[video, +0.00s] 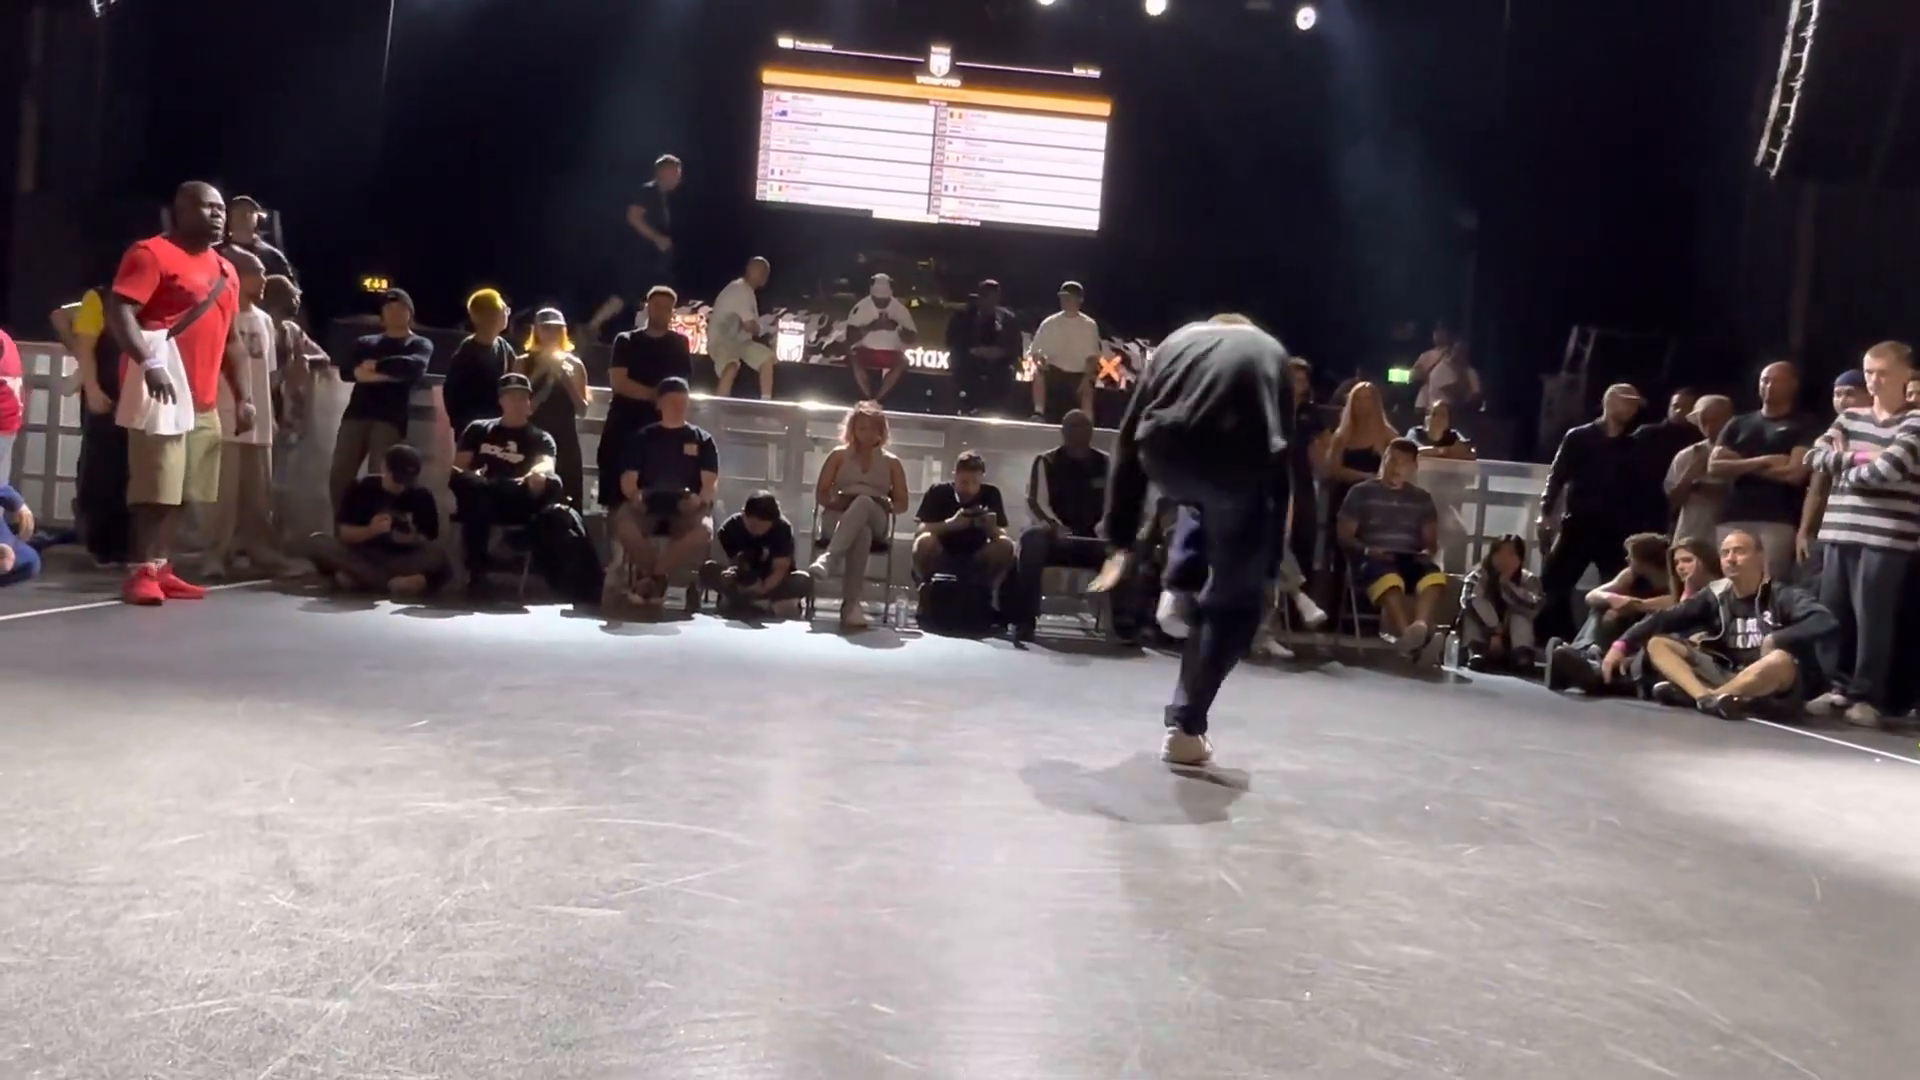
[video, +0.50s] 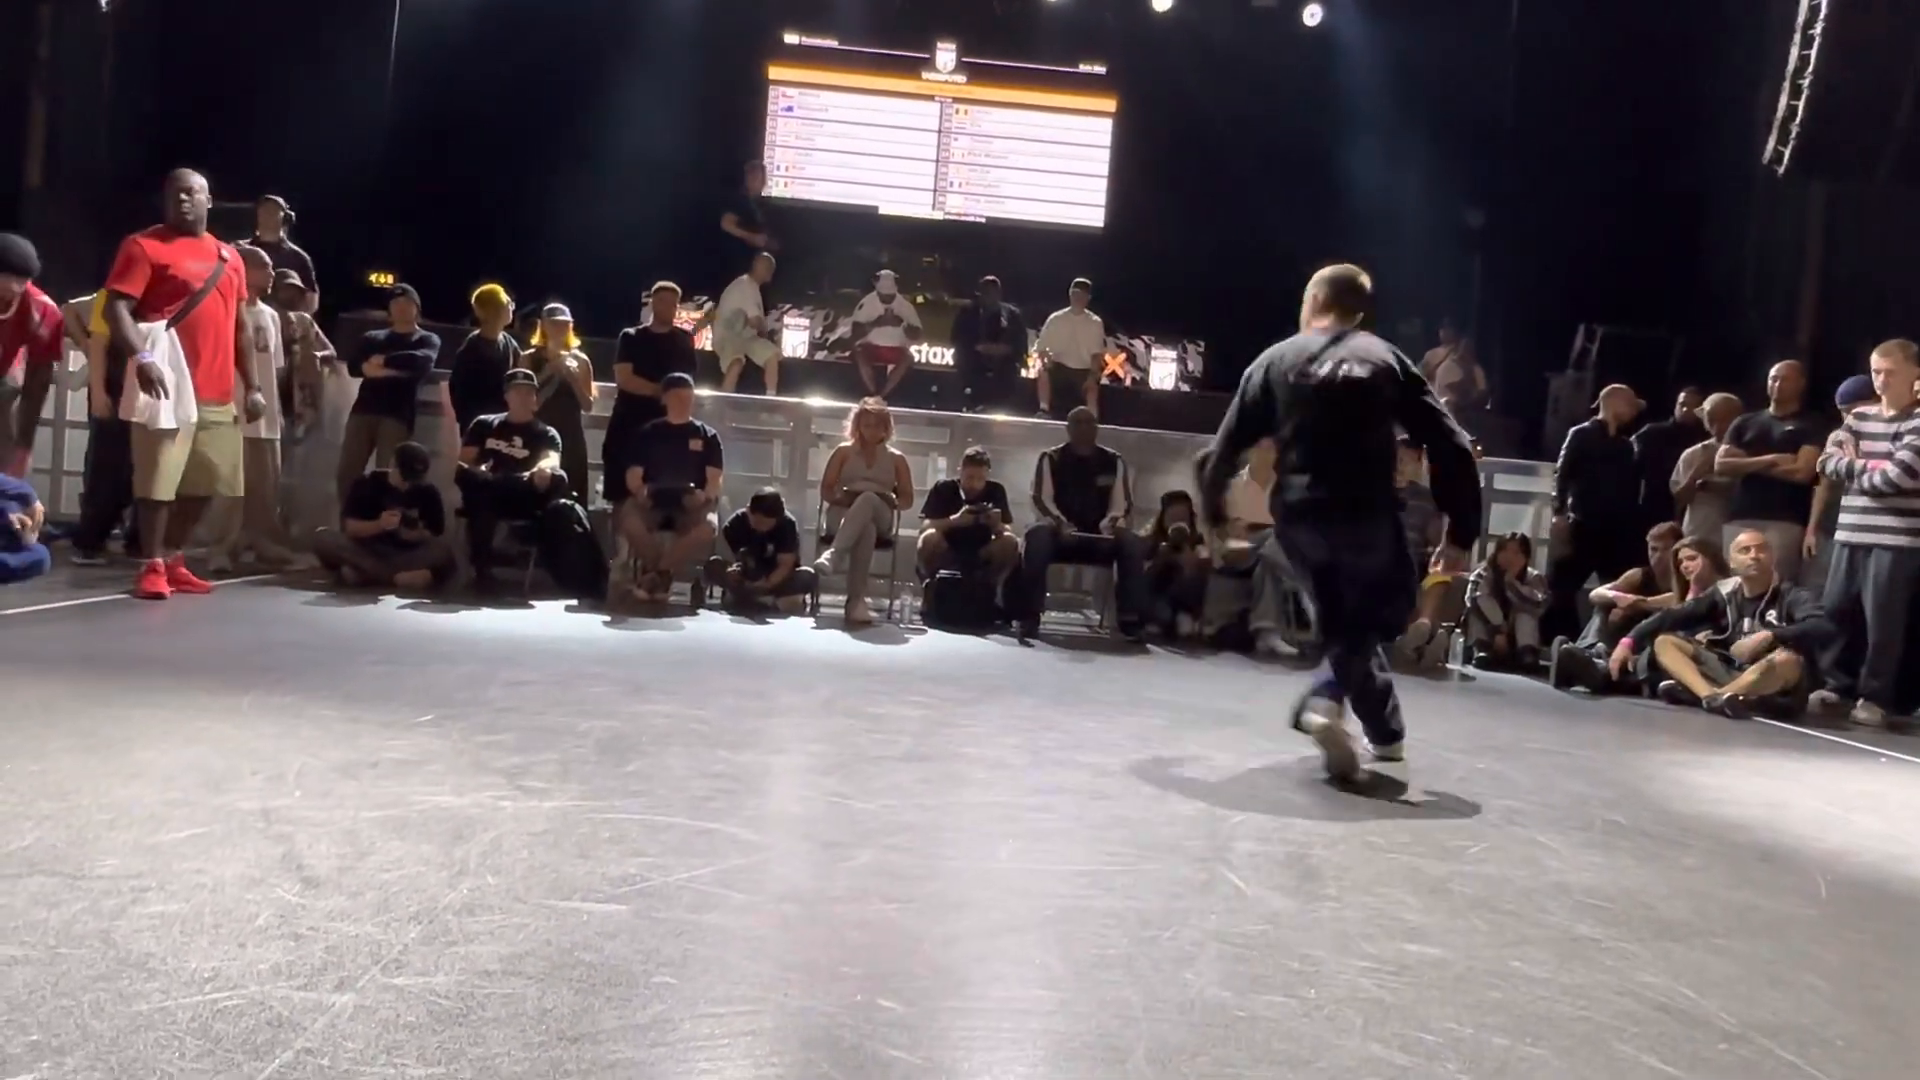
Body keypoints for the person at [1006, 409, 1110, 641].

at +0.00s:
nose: (1078, 434)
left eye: (1084, 427)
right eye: (1072, 427)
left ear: (1092, 432)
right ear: (1062, 432)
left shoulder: (1105, 463)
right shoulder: (1045, 462)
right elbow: (1038, 502)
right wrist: (1056, 526)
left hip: (1094, 538)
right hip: (1059, 537)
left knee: (1122, 548)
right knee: (1033, 538)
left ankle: (1125, 626)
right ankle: (1025, 622)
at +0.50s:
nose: (1084, 430)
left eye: (1089, 424)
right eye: (1078, 424)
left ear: (1097, 428)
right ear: (1067, 428)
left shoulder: (1114, 461)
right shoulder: (1050, 459)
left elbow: (1121, 503)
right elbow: (1041, 499)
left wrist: (1112, 520)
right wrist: (1060, 523)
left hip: (1100, 538)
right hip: (1065, 536)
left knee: (1131, 543)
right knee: (1037, 536)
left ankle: (1131, 621)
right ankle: (1030, 618)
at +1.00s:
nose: (1086, 427)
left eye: (1091, 421)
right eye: (1080, 421)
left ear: (1100, 425)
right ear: (1071, 425)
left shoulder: (1117, 459)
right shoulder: (1054, 456)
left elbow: (1124, 501)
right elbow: (1045, 496)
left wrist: (1114, 518)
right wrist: (1062, 519)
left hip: (1103, 535)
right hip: (1068, 533)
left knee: (1133, 539)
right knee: (1040, 532)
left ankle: (1133, 617)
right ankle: (1032, 616)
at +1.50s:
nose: (1085, 426)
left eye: (1091, 421)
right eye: (1079, 421)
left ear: (1099, 425)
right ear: (1070, 425)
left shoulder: (1116, 458)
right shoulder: (1053, 456)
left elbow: (1123, 501)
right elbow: (1044, 496)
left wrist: (1114, 518)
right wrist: (1062, 519)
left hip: (1102, 536)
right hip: (1067, 534)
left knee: (1133, 540)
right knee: (1040, 532)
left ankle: (1132, 619)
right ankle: (1032, 616)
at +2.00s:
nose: (1086, 427)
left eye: (1091, 421)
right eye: (1080, 421)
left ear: (1099, 425)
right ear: (1070, 425)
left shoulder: (1116, 458)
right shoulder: (1053, 455)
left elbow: (1122, 501)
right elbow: (1045, 496)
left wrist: (1113, 519)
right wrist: (1062, 520)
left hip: (1102, 536)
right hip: (1066, 533)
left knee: (1132, 539)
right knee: (1039, 532)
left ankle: (1132, 618)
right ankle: (1032, 616)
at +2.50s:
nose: (1086, 427)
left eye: (1091, 422)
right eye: (1079, 422)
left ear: (1099, 426)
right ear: (1069, 426)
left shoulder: (1115, 459)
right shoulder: (1052, 456)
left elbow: (1122, 501)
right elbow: (1044, 497)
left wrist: (1113, 519)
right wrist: (1060, 520)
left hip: (1100, 536)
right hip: (1066, 534)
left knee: (1131, 540)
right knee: (1039, 533)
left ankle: (1130, 618)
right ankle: (1030, 619)